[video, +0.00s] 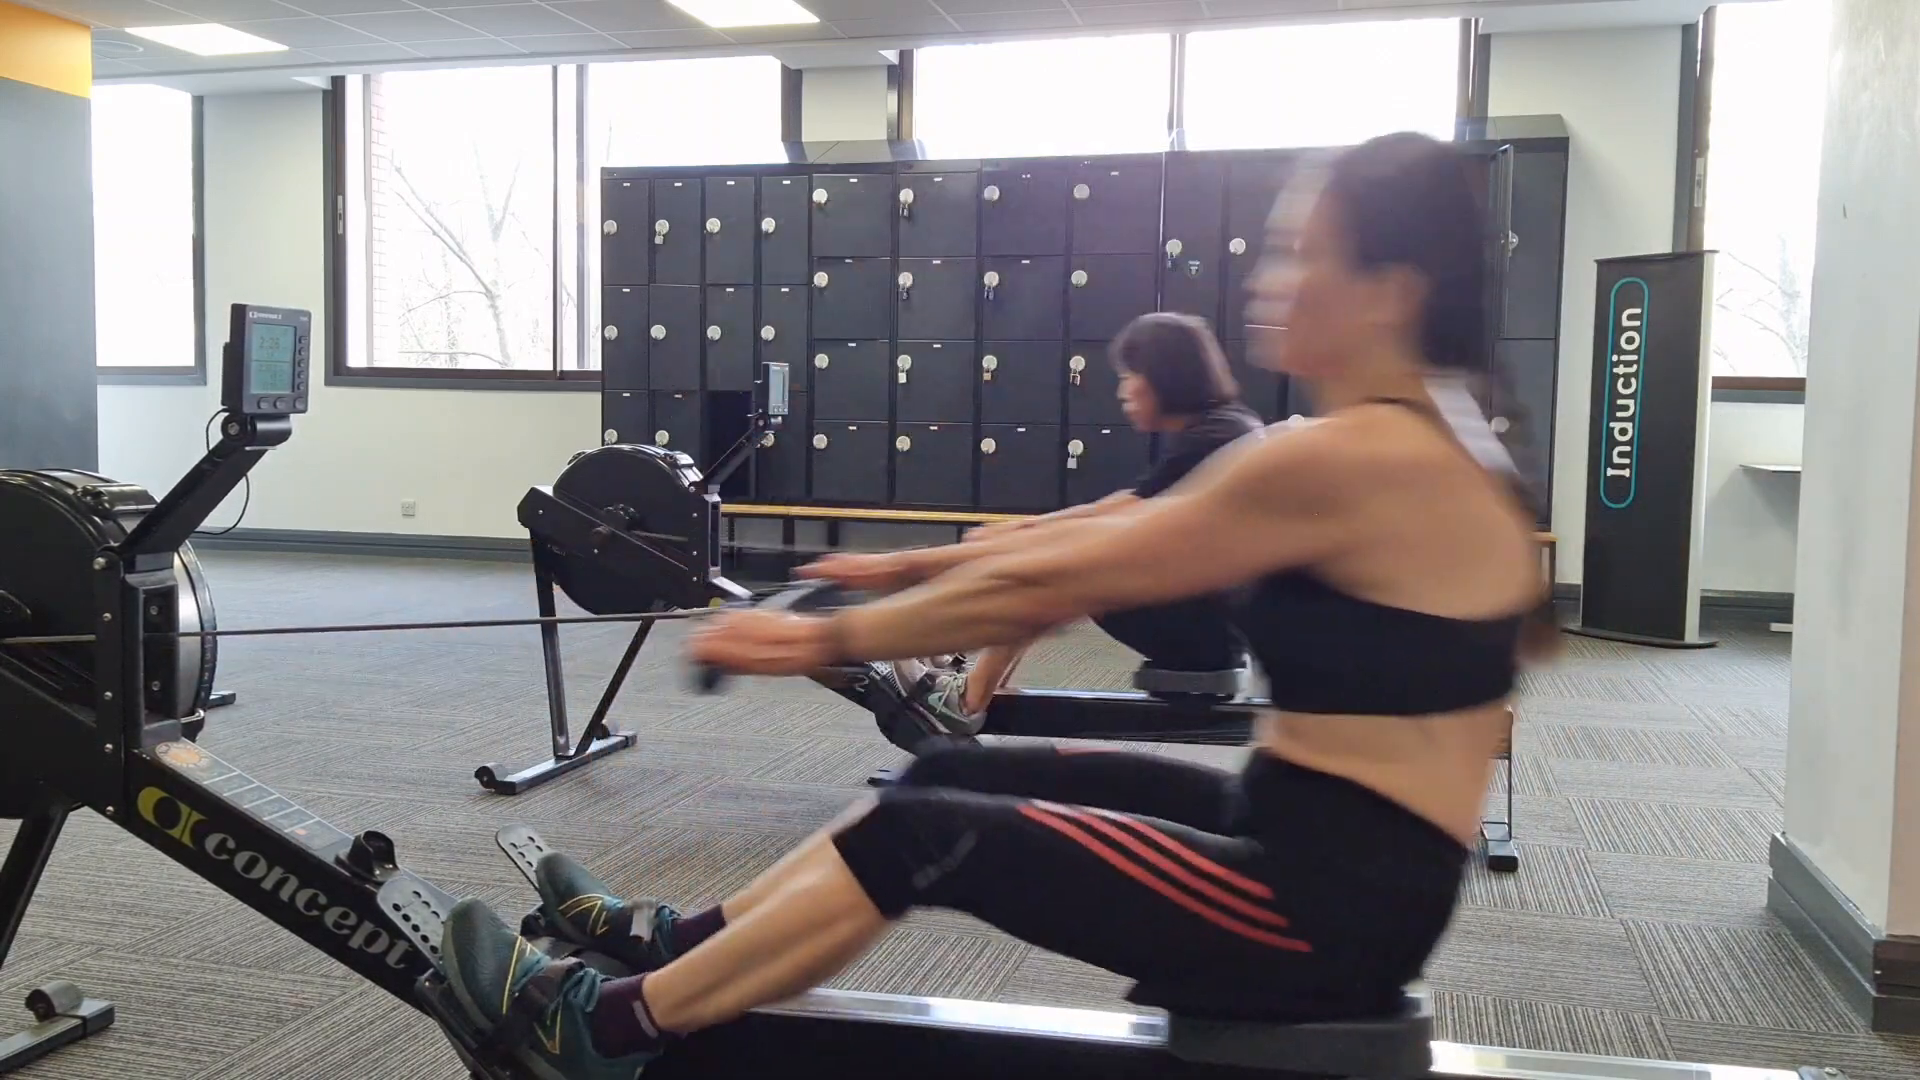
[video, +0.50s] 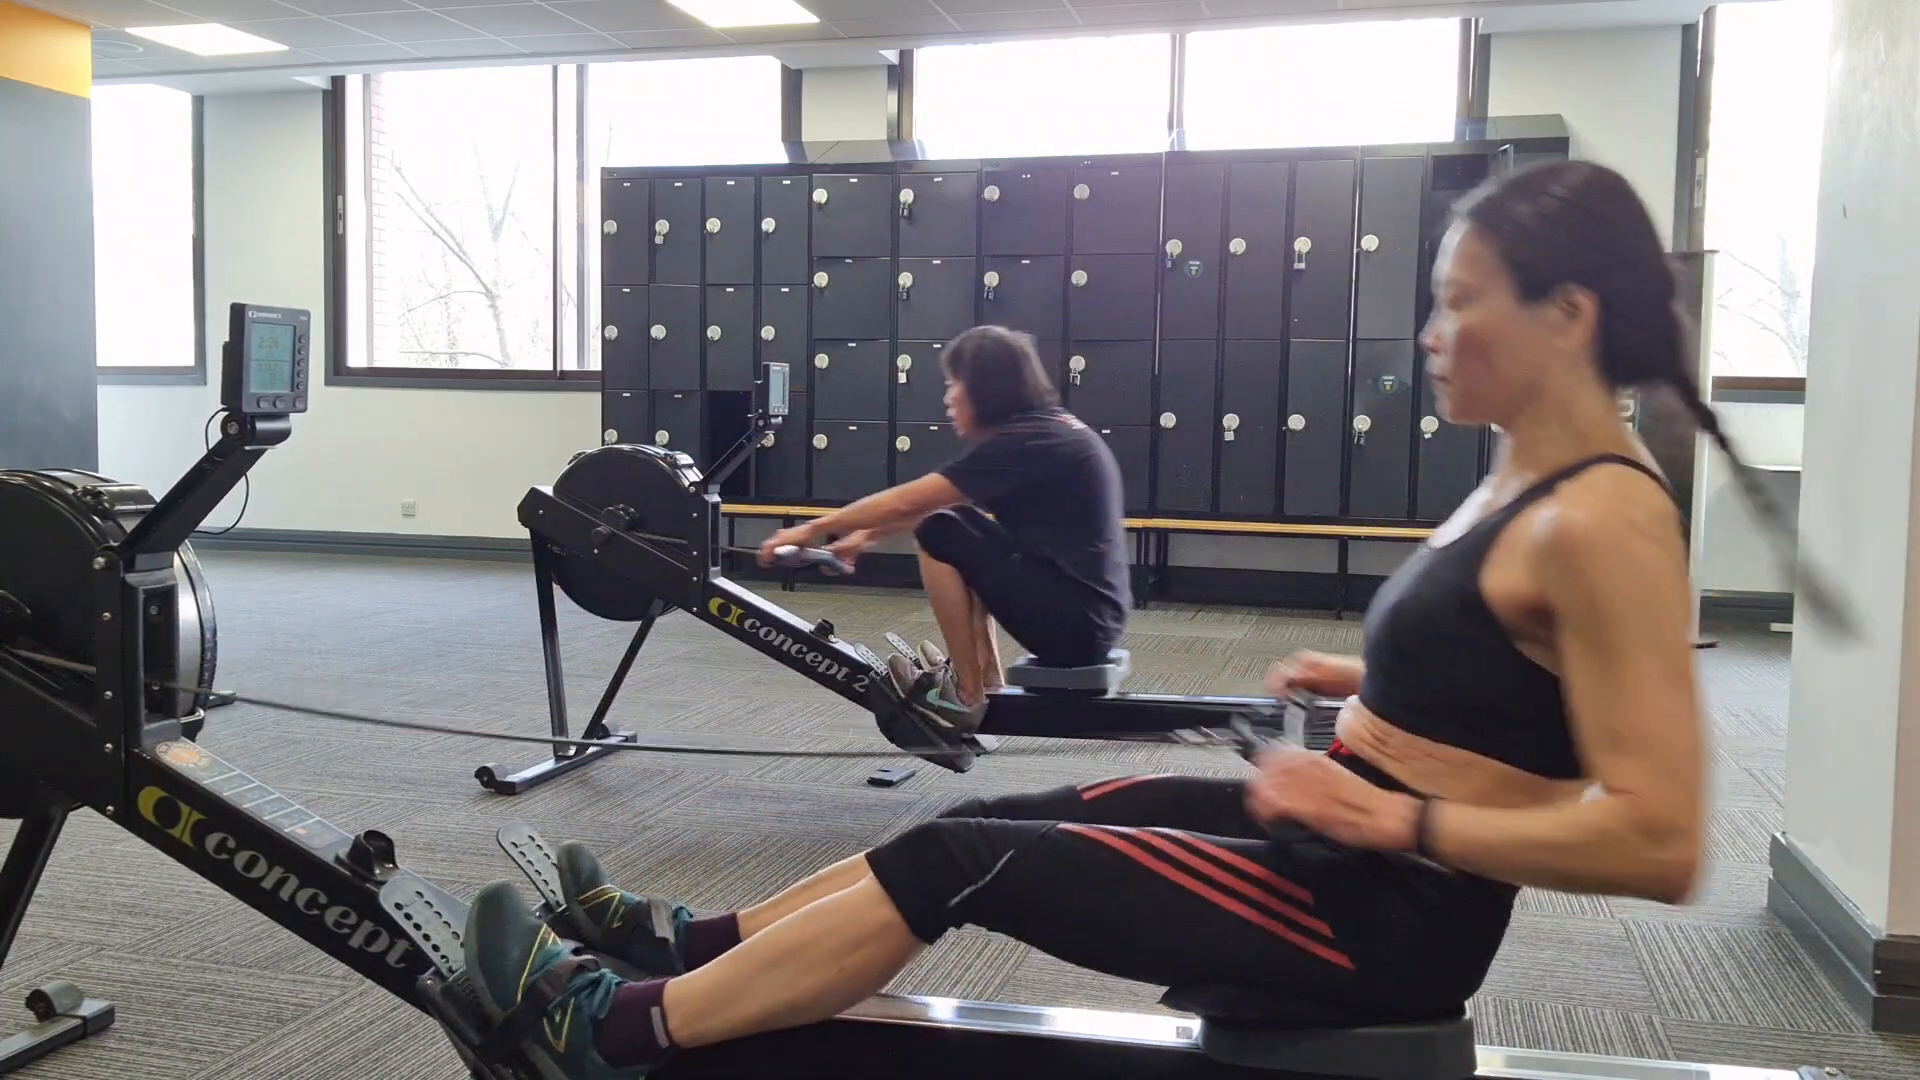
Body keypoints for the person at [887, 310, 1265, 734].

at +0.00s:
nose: (1121, 392)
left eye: (1129, 376)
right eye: (1121, 378)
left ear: (1166, 379)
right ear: (1176, 378)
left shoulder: (1212, 442)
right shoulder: (1204, 435)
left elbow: (1109, 516)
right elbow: (1101, 510)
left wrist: (1008, 540)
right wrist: (1015, 532)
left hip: (1204, 638)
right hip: (1201, 627)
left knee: (1066, 562)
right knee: (1062, 548)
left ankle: (972, 700)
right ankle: (979, 692)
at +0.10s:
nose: (1081, 393)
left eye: (1087, 378)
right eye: (1081, 380)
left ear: (1124, 379)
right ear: (1143, 376)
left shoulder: (1171, 442)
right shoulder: (1192, 429)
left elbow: (1073, 508)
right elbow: (1084, 507)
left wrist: (969, 526)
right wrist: (1003, 531)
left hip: (1176, 605)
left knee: (1019, 559)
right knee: (1027, 549)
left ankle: (970, 696)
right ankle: (978, 687)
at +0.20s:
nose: (1042, 394)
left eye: (1050, 379)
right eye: (1043, 380)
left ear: (1085, 381)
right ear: (1103, 378)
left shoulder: (1129, 443)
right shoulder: (1154, 427)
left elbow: (1025, 507)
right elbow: (1039, 507)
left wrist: (922, 528)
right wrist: (968, 538)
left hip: (1146, 629)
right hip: (1167, 621)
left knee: (997, 538)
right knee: (1013, 536)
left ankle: (973, 666)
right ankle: (989, 667)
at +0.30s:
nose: (1006, 394)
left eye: (1013, 380)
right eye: (1006, 381)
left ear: (1047, 383)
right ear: (1064, 381)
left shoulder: (1091, 442)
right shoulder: (1117, 429)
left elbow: (980, 504)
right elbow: (1007, 507)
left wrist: (876, 532)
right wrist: (942, 538)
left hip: (1120, 627)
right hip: (1139, 619)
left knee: (976, 538)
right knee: (994, 533)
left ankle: (966, 700)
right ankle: (984, 691)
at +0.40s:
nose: (973, 397)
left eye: (979, 383)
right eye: (974, 384)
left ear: (1013, 384)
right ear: (1030, 383)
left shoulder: (1054, 442)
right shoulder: (1079, 430)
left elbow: (939, 503)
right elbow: (975, 504)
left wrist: (840, 533)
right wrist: (899, 539)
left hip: (1096, 628)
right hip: (1111, 621)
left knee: (957, 534)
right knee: (973, 529)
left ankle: (968, 694)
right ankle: (986, 681)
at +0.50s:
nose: (946, 401)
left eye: (952, 386)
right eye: (947, 387)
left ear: (985, 387)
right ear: (1004, 385)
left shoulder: (1025, 442)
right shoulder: (1053, 432)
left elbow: (909, 502)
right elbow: (943, 502)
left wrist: (810, 530)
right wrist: (867, 536)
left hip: (1077, 630)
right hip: (1092, 622)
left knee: (939, 531)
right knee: (954, 526)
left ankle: (967, 695)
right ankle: (987, 677)